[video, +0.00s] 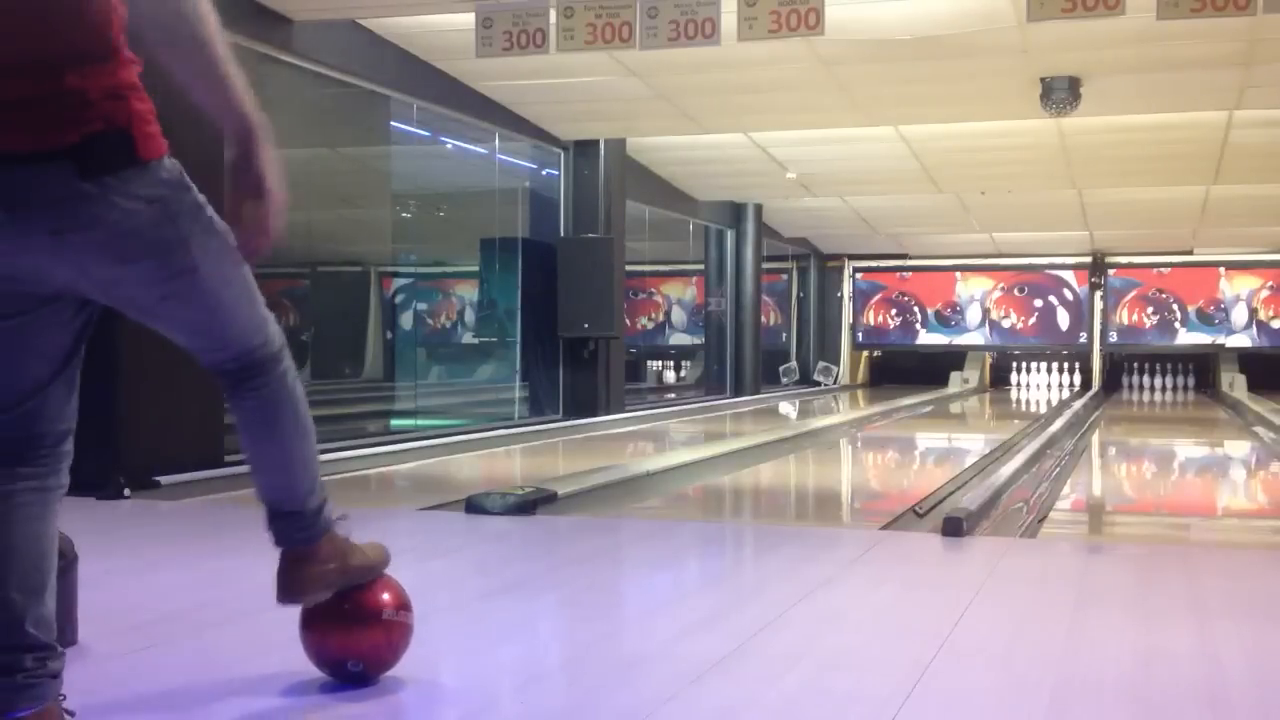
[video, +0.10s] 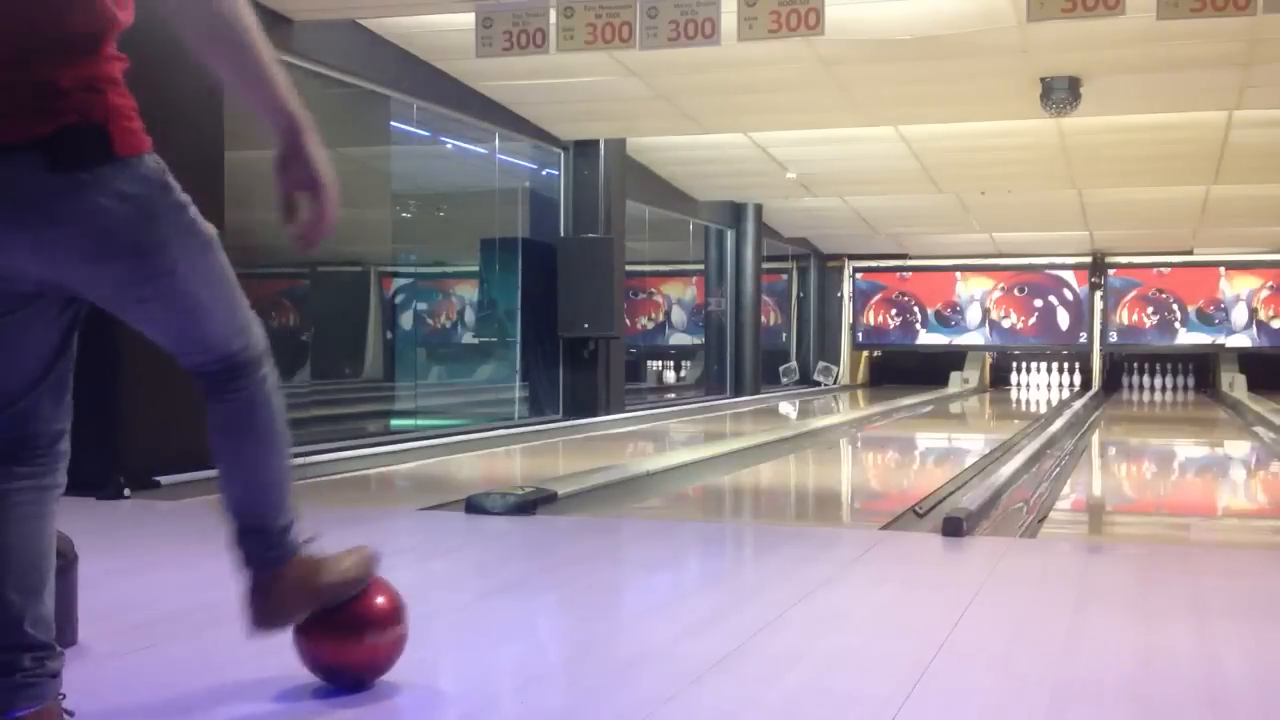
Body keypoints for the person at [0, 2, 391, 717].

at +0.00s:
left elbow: (155, 10)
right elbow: (157, 5)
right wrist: (245, 129)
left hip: (9, 187)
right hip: (102, 167)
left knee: (25, 463)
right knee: (254, 360)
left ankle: (25, 696)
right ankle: (310, 545)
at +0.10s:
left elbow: (198, 11)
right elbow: (200, 8)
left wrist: (288, 125)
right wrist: (292, 125)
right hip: (81, 156)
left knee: (22, 461)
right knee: (235, 364)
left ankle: (25, 694)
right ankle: (275, 566)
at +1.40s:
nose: (514, 32)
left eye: (519, 21)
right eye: (515, 17)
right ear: (491, 6)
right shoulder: (453, 28)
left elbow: (218, 82)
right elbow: (351, 24)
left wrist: (170, 157)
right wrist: (243, 134)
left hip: (255, 257)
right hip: (344, 253)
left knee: (207, 465)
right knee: (415, 423)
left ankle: (77, 606)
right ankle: (407, 605)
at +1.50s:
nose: (574, 75)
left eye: (579, 59)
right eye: (576, 57)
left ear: (516, 22)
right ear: (558, 45)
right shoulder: (498, 61)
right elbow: (390, 54)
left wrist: (245, 142)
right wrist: (289, 130)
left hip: (303, 261)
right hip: (381, 259)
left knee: (307, 467)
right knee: (455, 425)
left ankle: (165, 548)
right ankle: (416, 607)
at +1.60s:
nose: (622, 108)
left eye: (628, 95)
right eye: (625, 92)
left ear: (573, 65)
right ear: (603, 82)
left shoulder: (508, 89)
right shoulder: (548, 102)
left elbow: (382, 123)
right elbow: (455, 91)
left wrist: (278, 195)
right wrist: (374, 154)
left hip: (334, 268)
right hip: (403, 269)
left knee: (396, 445)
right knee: (469, 434)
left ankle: (291, 544)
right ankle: (416, 606)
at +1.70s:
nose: (656, 144)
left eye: (662, 132)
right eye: (658, 129)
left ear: (611, 105)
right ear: (637, 120)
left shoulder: (560, 131)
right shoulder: (580, 143)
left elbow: (428, 162)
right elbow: (493, 153)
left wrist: (351, 228)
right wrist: (446, 216)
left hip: (385, 278)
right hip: (424, 286)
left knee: (461, 439)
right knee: (477, 450)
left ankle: (410, 585)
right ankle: (413, 604)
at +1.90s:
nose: (719, 209)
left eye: (726, 199)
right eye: (724, 197)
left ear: (677, 167)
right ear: (712, 189)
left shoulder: (617, 177)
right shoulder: (652, 214)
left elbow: (509, 187)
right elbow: (585, 279)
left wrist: (443, 244)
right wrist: (556, 366)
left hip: (458, 299)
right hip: (476, 312)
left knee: (542, 405)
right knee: (489, 487)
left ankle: (592, 527)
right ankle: (418, 556)